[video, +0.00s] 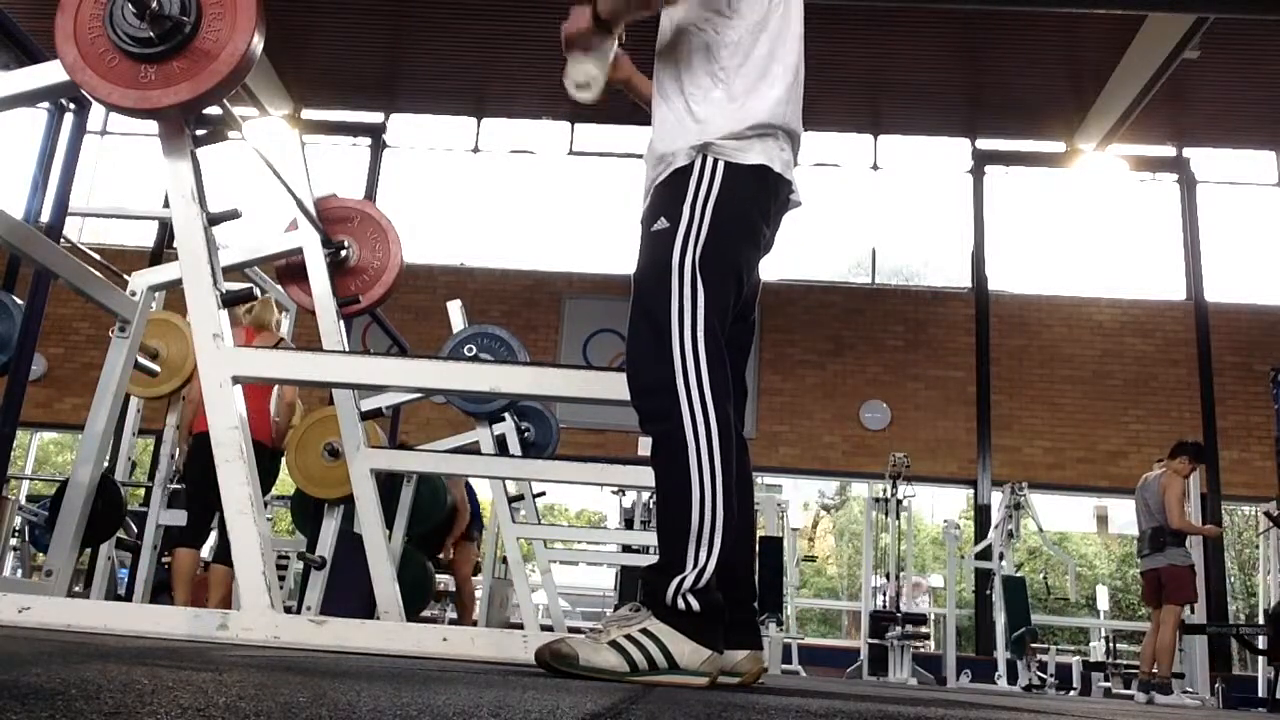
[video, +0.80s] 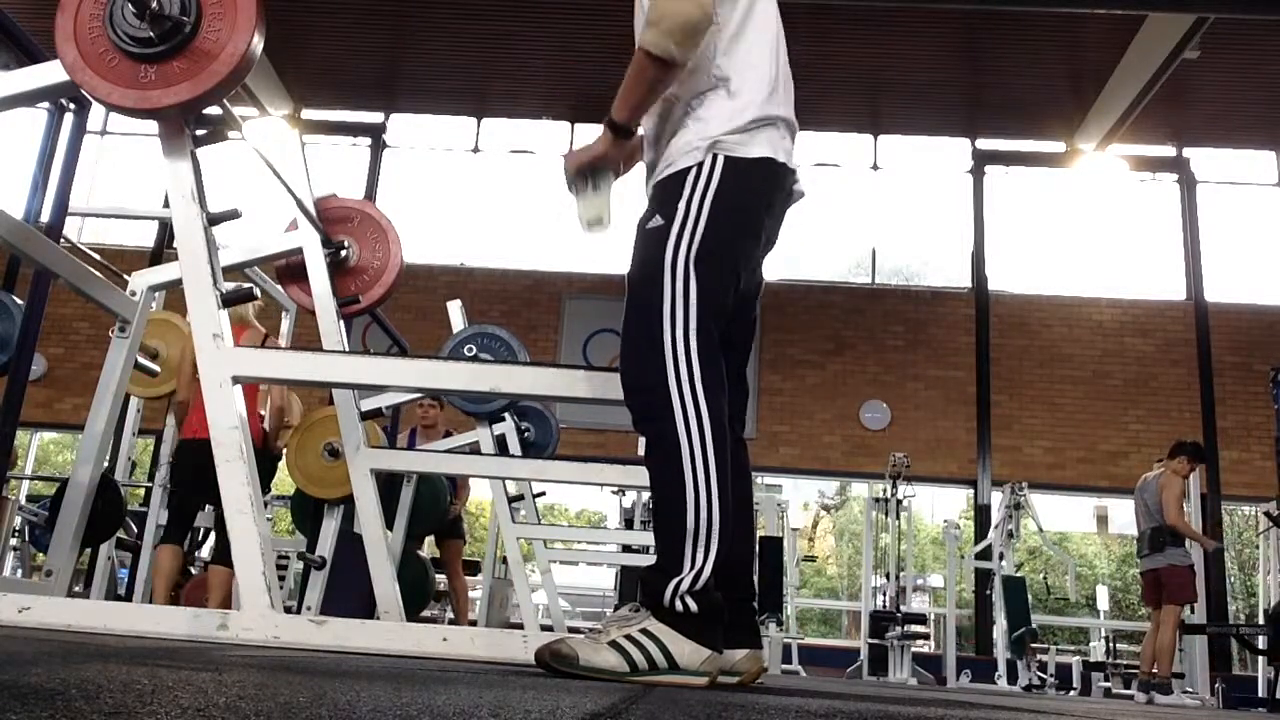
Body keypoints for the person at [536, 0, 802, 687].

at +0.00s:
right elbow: (697, 112)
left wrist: (600, 17)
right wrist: (618, 68)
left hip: (717, 151)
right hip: (724, 158)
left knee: (674, 373)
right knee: (708, 398)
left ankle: (688, 621)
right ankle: (731, 634)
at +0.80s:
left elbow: (684, 14)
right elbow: (697, 57)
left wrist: (620, 125)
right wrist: (625, 145)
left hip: (717, 144)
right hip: (729, 149)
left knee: (669, 371)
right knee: (705, 389)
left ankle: (689, 622)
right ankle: (729, 632)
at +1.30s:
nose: (464, 115)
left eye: (454, 93)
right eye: (452, 106)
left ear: (486, 46)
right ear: (492, 55)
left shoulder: (603, 30)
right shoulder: (574, 158)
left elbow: (706, 148)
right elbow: (563, 288)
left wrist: (667, 250)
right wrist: (504, 417)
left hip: (787, 173)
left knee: (652, 349)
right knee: (686, 393)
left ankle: (687, 623)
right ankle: (707, 629)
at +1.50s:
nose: (453, 196)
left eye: (442, 172)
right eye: (437, 189)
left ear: (472, 121)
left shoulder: (589, 85)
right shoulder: (552, 230)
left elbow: (721, 169)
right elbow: (501, 366)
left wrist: (658, 257)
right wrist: (417, 493)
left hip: (801, 201)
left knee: (635, 348)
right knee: (657, 396)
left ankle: (684, 621)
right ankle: (702, 624)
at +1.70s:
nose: (455, 204)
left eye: (444, 180)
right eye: (439, 197)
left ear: (472, 131)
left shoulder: (591, 93)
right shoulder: (547, 237)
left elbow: (728, 171)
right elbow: (496, 361)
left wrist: (662, 262)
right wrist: (416, 495)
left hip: (805, 208)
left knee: (639, 345)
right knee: (655, 380)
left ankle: (689, 622)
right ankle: (691, 620)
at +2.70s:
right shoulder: (783, 14)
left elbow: (819, 29)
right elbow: (801, 122)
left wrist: (759, 156)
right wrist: (760, 241)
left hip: (831, 175)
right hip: (795, 185)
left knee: (780, 376)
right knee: (739, 417)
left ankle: (936, 591)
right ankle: (712, 635)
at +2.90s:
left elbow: (848, 25)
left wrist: (813, 151)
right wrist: (839, 171)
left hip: (886, 186)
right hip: (859, 192)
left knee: (885, 413)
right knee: (796, 423)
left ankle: (993, 649)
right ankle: (721, 631)